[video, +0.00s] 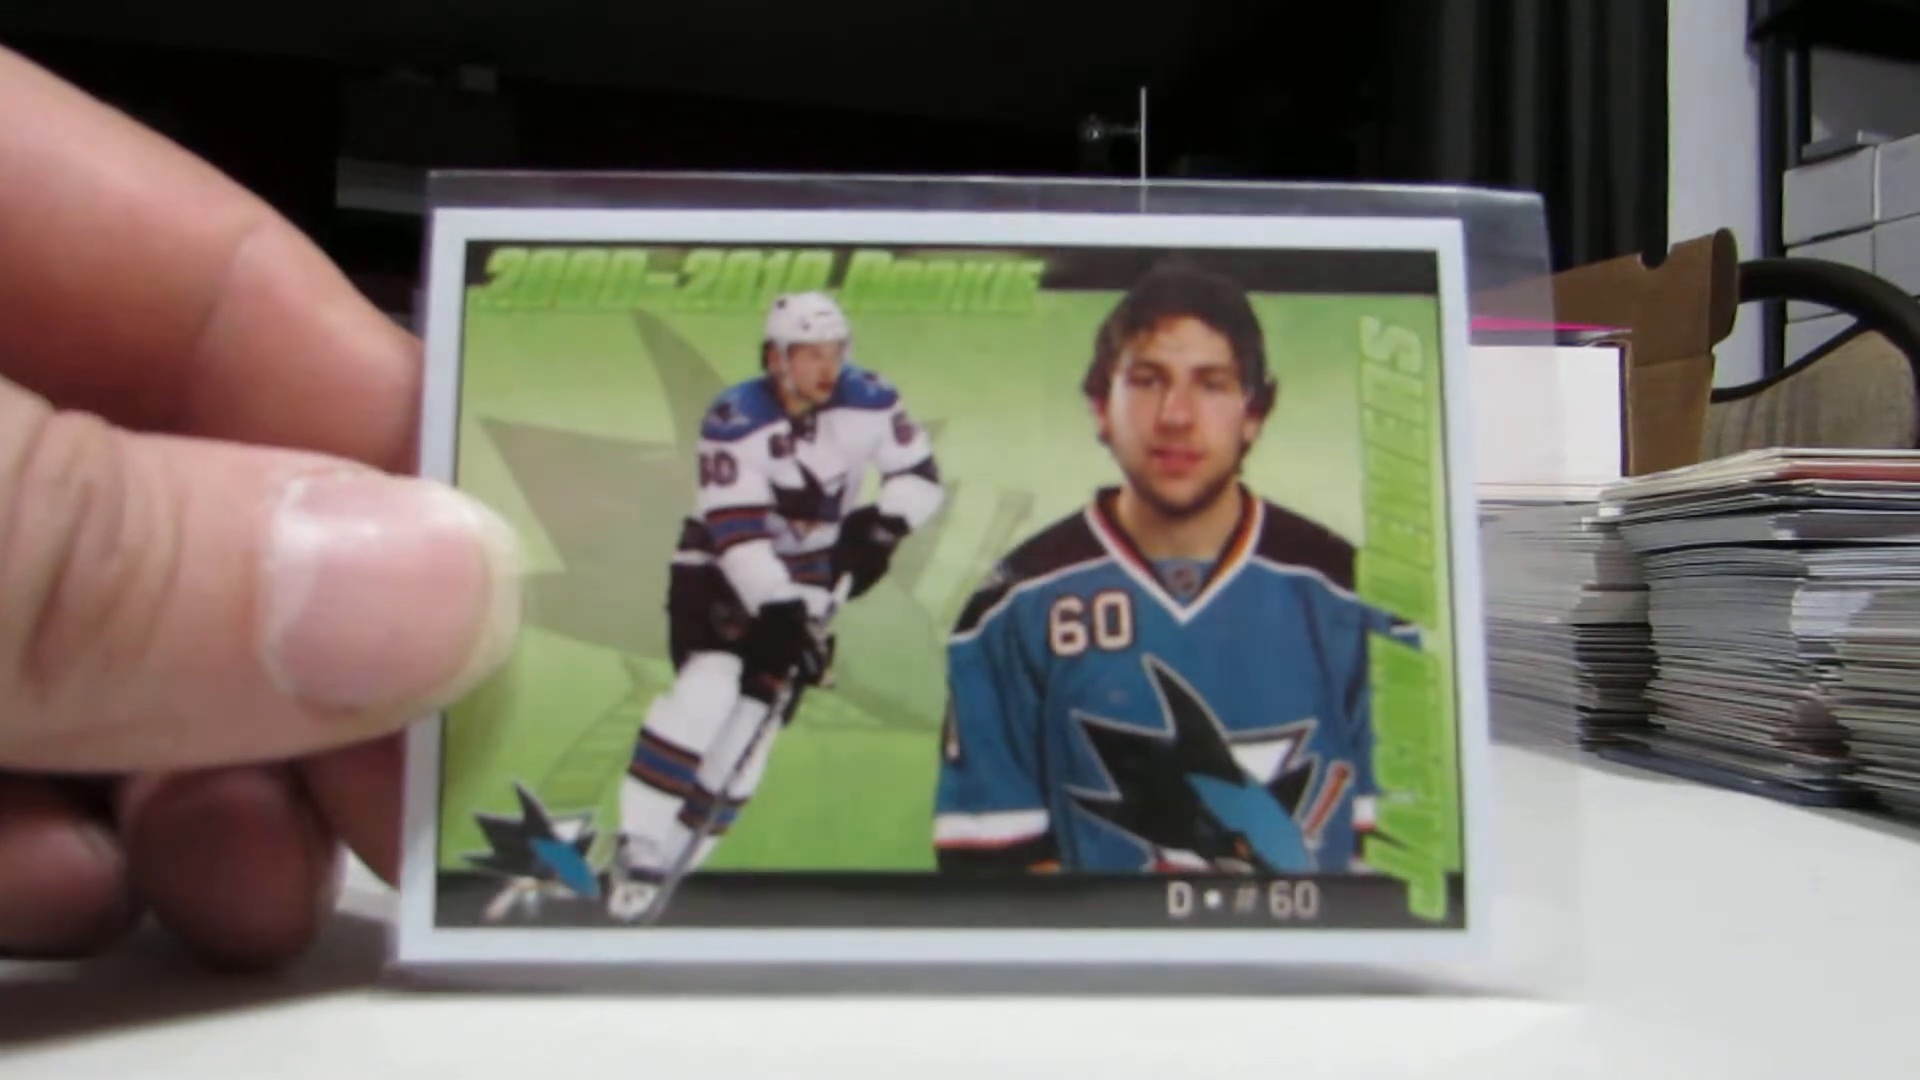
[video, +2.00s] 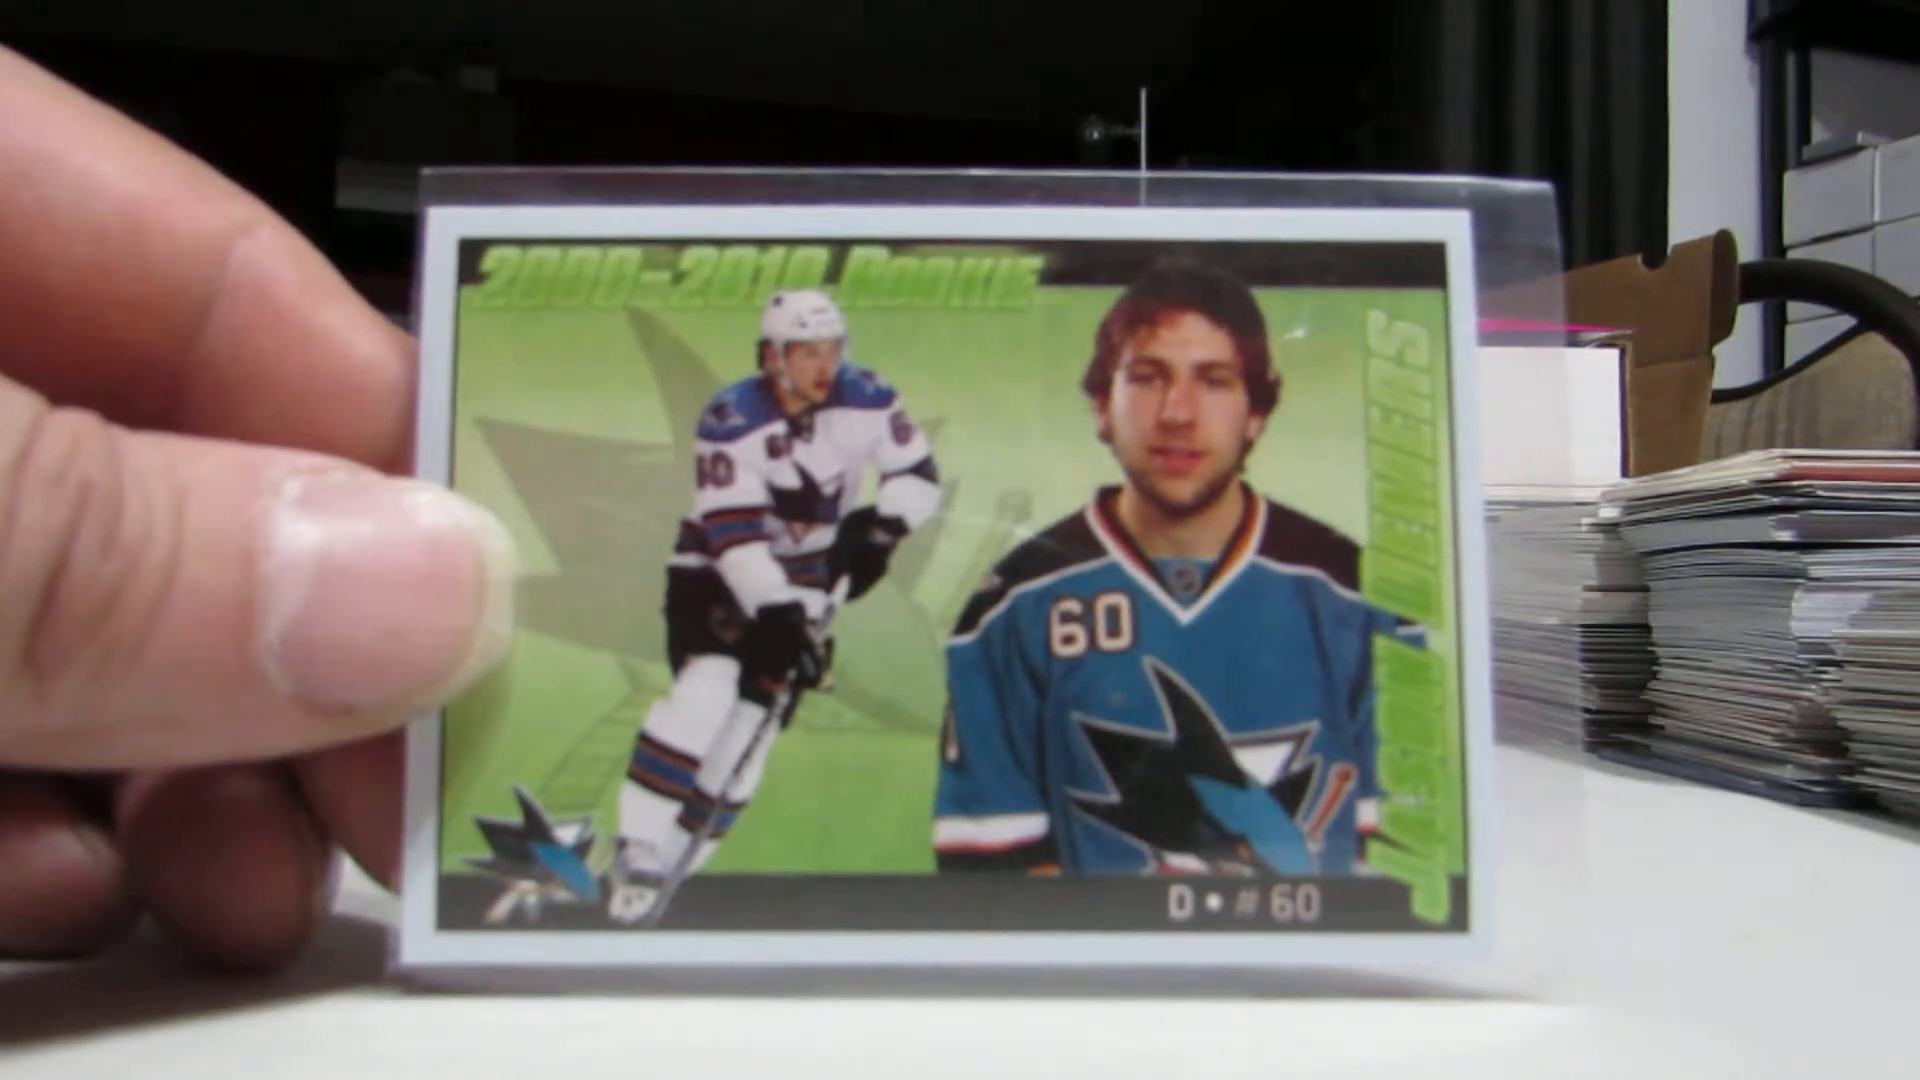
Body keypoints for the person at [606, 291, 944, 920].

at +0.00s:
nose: (828, 368)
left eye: (836, 354)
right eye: (813, 355)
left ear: (846, 354)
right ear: (777, 359)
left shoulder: (870, 403)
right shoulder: (736, 419)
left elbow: (918, 477)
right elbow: (735, 526)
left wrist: (880, 530)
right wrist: (777, 606)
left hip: (808, 578)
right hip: (723, 566)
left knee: (755, 718)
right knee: (711, 682)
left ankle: (676, 860)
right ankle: (641, 848)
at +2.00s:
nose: (825, 366)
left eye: (832, 352)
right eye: (809, 353)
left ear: (843, 352)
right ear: (773, 359)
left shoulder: (868, 401)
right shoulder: (732, 420)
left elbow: (917, 476)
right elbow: (732, 528)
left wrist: (879, 531)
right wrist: (776, 610)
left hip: (807, 580)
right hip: (720, 569)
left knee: (754, 723)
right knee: (709, 686)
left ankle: (678, 862)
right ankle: (640, 850)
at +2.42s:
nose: (825, 366)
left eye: (833, 352)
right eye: (810, 353)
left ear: (843, 352)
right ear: (774, 359)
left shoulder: (868, 402)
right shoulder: (732, 420)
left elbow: (917, 475)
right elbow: (733, 528)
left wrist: (880, 531)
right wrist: (776, 610)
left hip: (807, 578)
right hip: (721, 568)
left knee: (754, 724)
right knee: (709, 685)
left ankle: (677, 863)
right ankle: (641, 850)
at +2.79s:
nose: (826, 366)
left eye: (833, 352)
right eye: (810, 353)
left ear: (843, 352)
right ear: (774, 358)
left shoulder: (868, 401)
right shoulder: (732, 420)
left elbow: (917, 474)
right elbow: (733, 528)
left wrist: (880, 531)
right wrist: (776, 610)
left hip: (807, 578)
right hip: (720, 568)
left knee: (754, 725)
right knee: (709, 685)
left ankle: (677, 863)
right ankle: (641, 850)